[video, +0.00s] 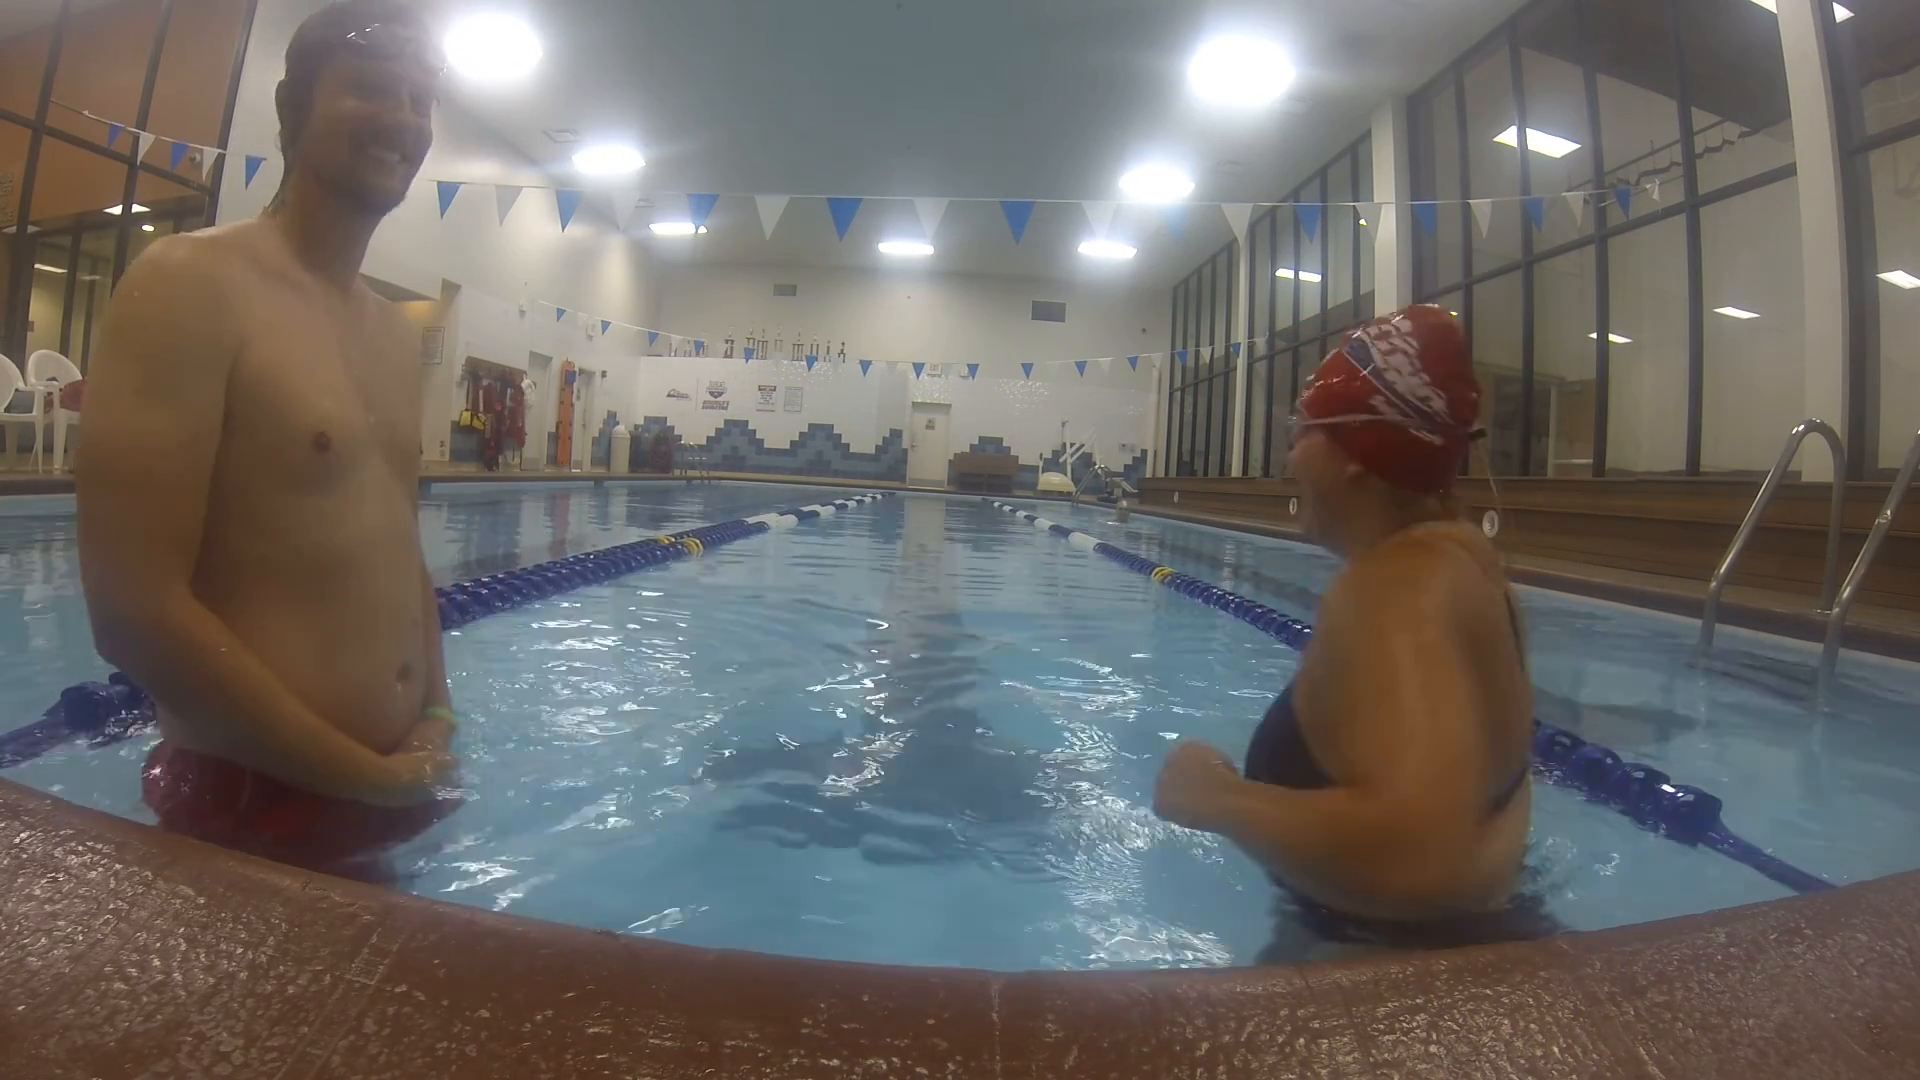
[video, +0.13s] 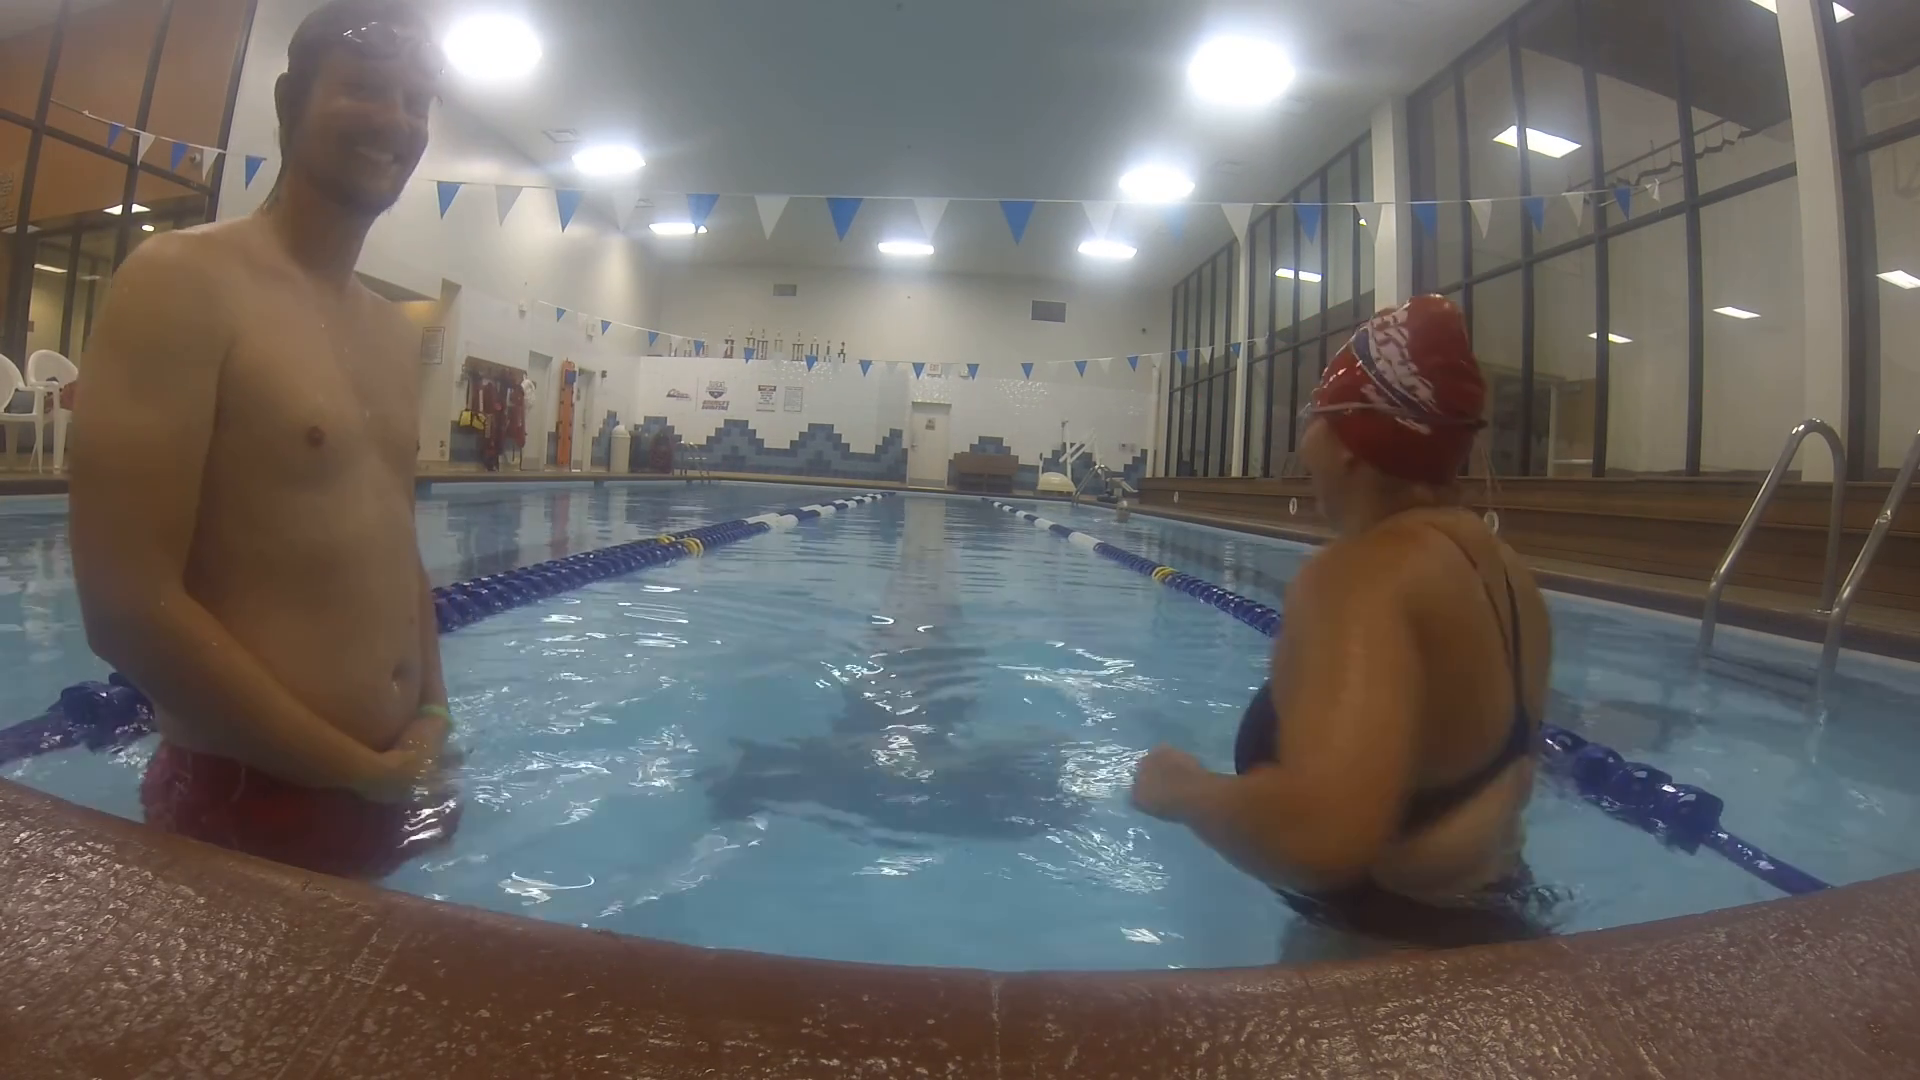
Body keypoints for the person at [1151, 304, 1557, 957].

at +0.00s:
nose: (1290, 456)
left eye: (1304, 431)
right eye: (1298, 431)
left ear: (1360, 453)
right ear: (1369, 454)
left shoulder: (1399, 587)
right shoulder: (1458, 561)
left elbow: (1423, 852)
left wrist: (1224, 801)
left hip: (1372, 967)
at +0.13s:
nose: (1302, 445)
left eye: (1314, 420)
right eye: (1311, 420)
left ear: (1354, 443)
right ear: (1439, 447)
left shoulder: (1359, 581)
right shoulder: (1503, 566)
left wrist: (1189, 792)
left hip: (1372, 950)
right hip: (1489, 935)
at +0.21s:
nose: (1306, 438)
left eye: (1317, 414)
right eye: (1315, 414)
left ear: (1351, 435)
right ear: (1445, 445)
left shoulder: (1338, 568)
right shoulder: (1515, 569)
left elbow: (1285, 806)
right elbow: (1536, 753)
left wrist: (1169, 797)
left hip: (1373, 947)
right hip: (1504, 927)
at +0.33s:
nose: (1306, 431)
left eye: (1314, 409)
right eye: (1314, 408)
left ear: (1332, 429)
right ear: (1442, 441)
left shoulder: (1308, 556)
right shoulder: (1511, 568)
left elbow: (1236, 778)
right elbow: (1540, 761)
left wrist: (1125, 824)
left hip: (1359, 957)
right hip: (1509, 942)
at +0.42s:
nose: (1302, 434)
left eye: (1308, 414)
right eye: (1311, 413)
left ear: (1320, 428)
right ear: (1434, 440)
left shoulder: (1293, 547)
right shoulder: (1506, 565)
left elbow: (1213, 761)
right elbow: (1535, 761)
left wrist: (1121, 832)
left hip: (1336, 948)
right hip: (1501, 938)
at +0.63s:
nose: (1283, 415)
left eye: (1288, 398)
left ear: (1300, 411)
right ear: (1406, 416)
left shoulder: (1247, 516)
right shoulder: (1483, 531)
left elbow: (1151, 711)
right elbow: (1521, 759)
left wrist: (1131, 819)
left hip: (1299, 911)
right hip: (1475, 904)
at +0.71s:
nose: (1264, 415)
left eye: (1269, 399)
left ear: (1280, 410)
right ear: (1386, 414)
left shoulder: (1223, 507)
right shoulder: (1469, 526)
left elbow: (1120, 699)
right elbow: (1504, 754)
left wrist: (1132, 814)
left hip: (1286, 894)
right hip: (1465, 888)